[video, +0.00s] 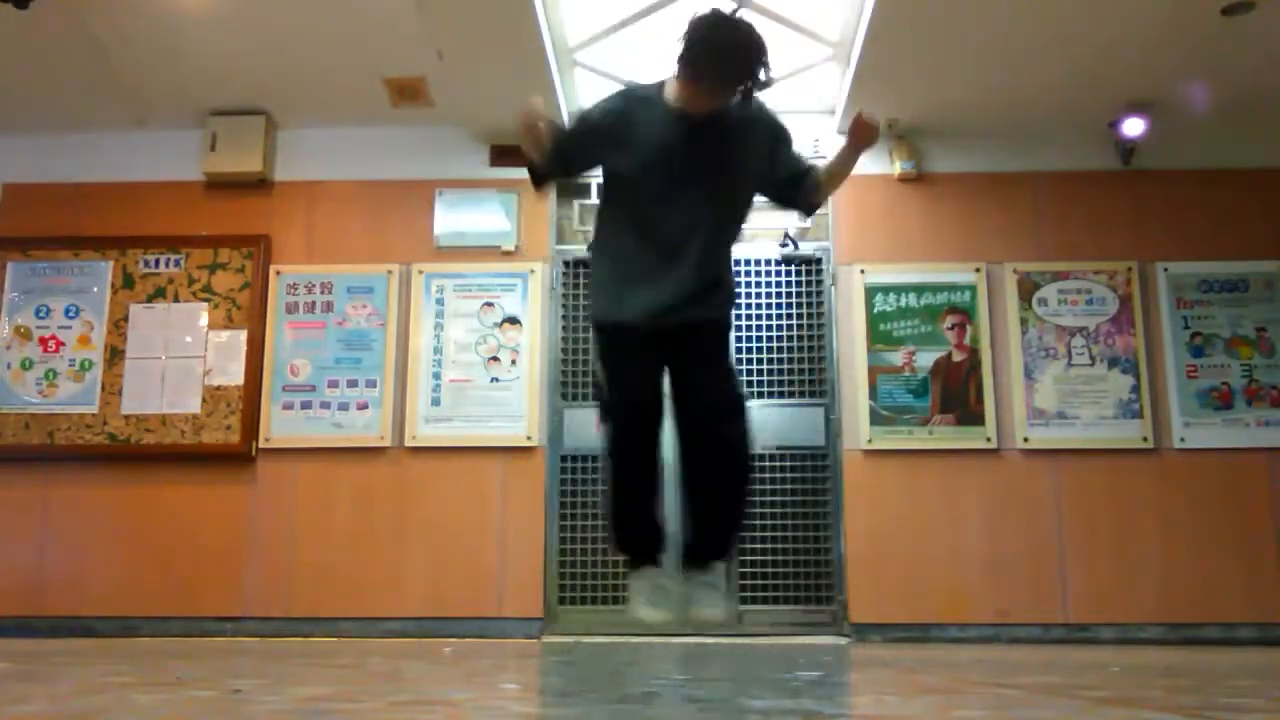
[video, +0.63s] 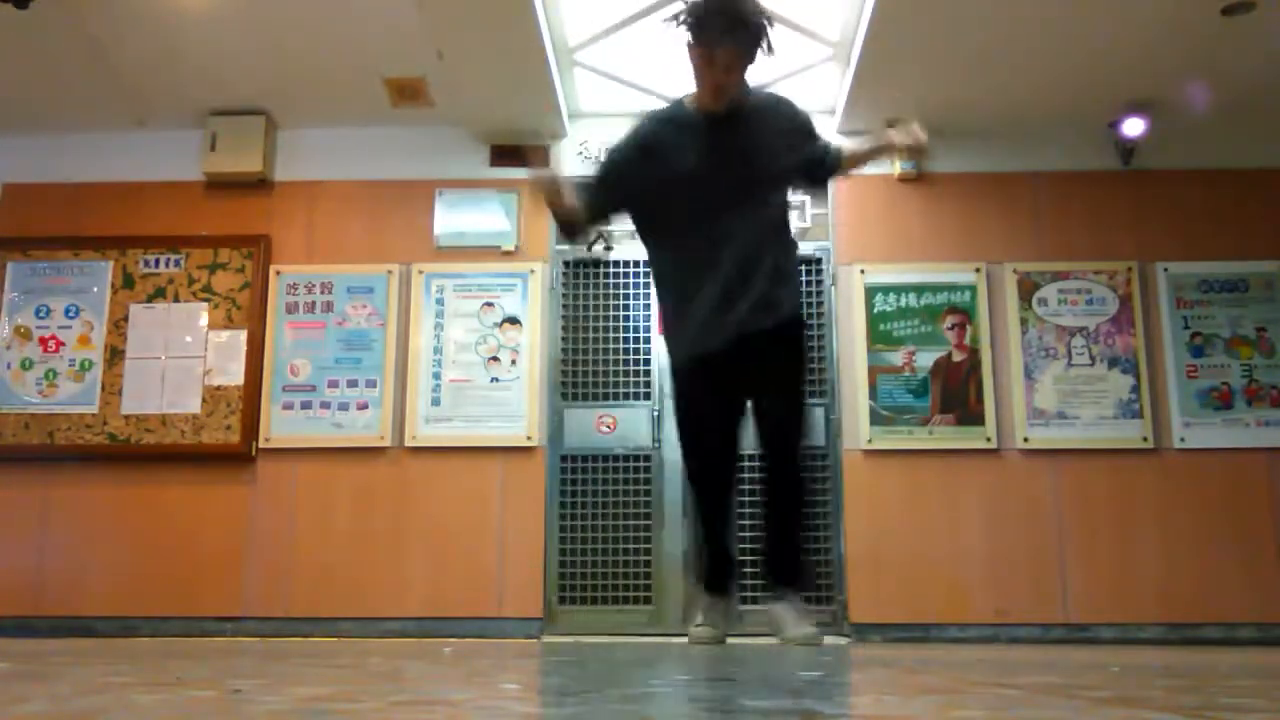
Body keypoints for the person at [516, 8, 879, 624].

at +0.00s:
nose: (711, 99)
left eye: (724, 89)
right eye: (709, 85)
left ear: (740, 84)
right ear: (693, 68)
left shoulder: (752, 128)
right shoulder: (629, 112)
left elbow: (807, 192)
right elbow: (555, 161)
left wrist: (851, 150)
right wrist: (537, 136)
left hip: (702, 310)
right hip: (624, 309)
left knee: (717, 433)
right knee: (633, 435)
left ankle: (706, 569)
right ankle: (643, 570)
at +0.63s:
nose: (721, 74)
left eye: (734, 60)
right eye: (710, 57)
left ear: (752, 55)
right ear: (691, 52)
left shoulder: (775, 119)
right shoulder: (654, 139)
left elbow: (821, 166)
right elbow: (584, 216)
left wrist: (883, 145)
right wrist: (556, 193)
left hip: (776, 320)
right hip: (696, 329)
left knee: (784, 458)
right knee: (709, 467)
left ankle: (786, 596)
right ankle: (715, 597)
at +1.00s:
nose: (768, 48)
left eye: (781, 36)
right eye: (759, 33)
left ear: (794, 34)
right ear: (738, 25)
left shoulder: (806, 88)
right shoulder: (695, 94)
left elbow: (859, 143)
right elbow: (682, 170)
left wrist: (872, 124)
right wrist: (764, 164)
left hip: (803, 258)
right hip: (725, 254)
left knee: (813, 409)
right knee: (800, 312)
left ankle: (784, 565)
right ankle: (821, 480)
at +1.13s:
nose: (792, 51)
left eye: (803, 40)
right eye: (782, 35)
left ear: (812, 45)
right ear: (754, 30)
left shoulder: (808, 122)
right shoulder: (716, 111)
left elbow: (818, 185)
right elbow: (749, 199)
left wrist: (788, 183)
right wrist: (841, 234)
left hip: (789, 286)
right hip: (724, 286)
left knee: (800, 433)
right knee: (813, 390)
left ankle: (798, 600)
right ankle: (938, 494)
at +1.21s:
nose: (803, 92)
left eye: (813, 80)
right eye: (793, 76)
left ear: (820, 85)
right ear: (762, 68)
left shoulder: (807, 162)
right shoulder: (724, 133)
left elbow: (860, 201)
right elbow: (731, 196)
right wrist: (801, 236)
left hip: (783, 332)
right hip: (721, 330)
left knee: (809, 450)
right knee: (830, 393)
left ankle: (791, 612)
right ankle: (940, 525)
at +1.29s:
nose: (805, 92)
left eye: (818, 83)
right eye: (796, 76)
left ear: (827, 94)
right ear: (767, 74)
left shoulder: (819, 171)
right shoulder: (722, 129)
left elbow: (904, 212)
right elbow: (701, 155)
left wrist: (995, 240)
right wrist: (721, 183)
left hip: (780, 334)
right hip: (706, 323)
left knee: (804, 450)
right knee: (813, 374)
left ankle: (790, 611)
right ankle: (888, 534)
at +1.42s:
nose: (805, 34)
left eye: (815, 24)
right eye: (795, 17)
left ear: (821, 33)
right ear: (762, 17)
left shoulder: (812, 124)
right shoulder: (702, 76)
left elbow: (838, 193)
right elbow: (621, 58)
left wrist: (874, 202)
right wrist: (552, 38)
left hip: (764, 281)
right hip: (683, 265)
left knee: (788, 423)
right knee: (763, 356)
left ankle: (766, 554)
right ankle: (765, 544)